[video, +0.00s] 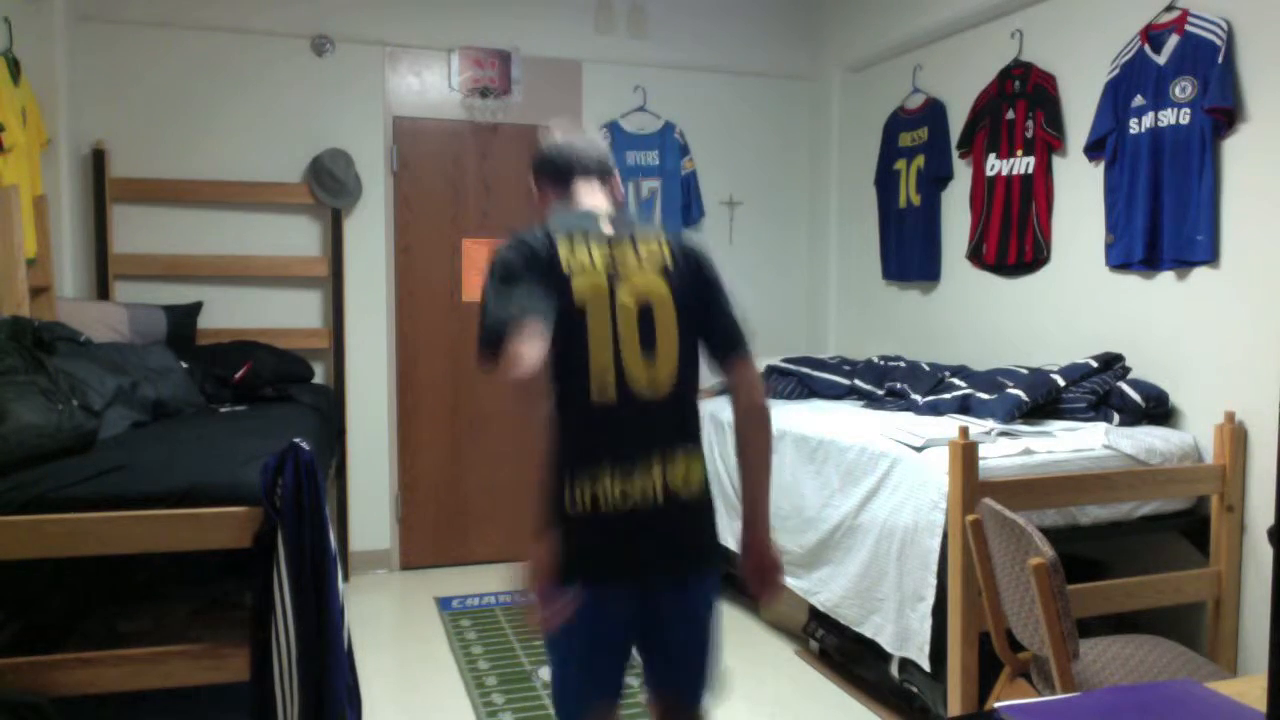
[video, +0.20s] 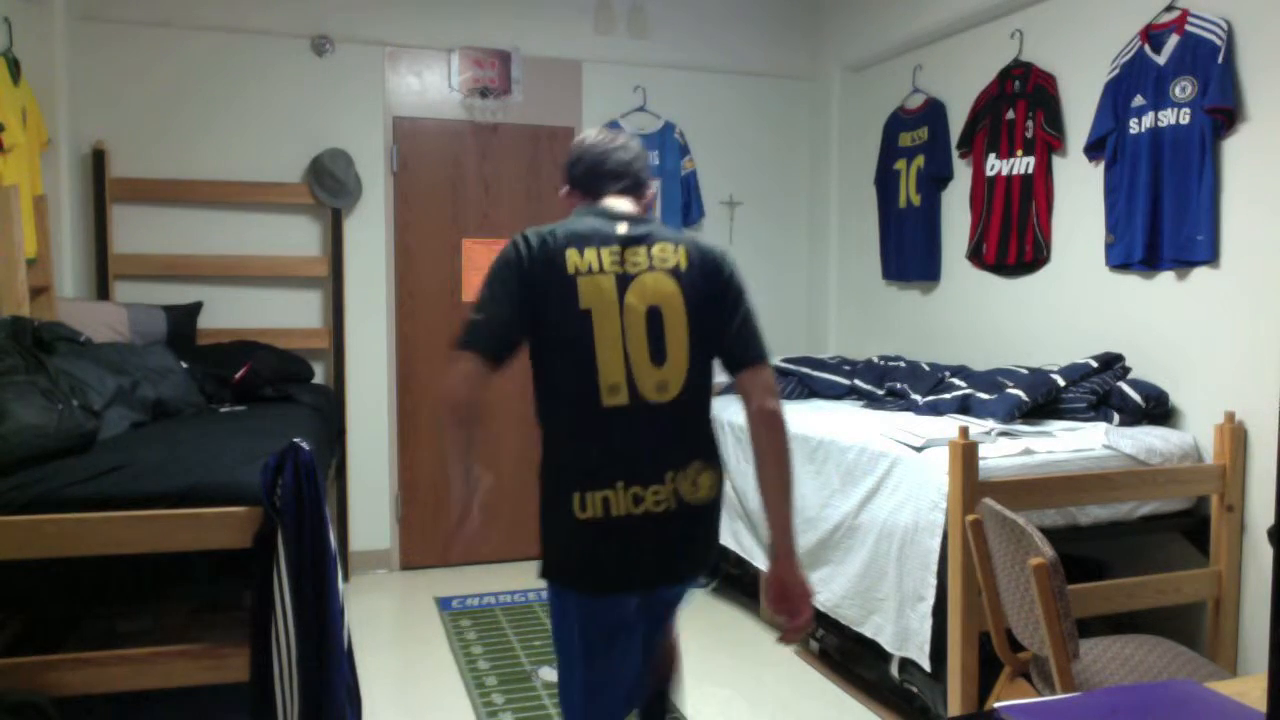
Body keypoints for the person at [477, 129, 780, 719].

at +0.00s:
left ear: (542, 191)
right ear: (615, 187)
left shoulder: (529, 253)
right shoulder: (680, 254)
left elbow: (527, 367)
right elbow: (750, 395)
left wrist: (542, 531)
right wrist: (758, 531)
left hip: (587, 539)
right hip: (682, 533)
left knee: (588, 708)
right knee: (679, 706)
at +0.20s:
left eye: (559, 193)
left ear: (569, 195)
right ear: (651, 196)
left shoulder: (534, 252)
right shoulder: (704, 263)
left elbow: (460, 386)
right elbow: (765, 402)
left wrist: (465, 487)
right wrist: (784, 557)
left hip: (590, 535)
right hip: (685, 528)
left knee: (595, 704)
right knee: (656, 631)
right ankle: (656, 706)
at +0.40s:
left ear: (589, 186)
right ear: (668, 186)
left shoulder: (544, 252)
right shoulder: (722, 247)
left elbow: (467, 388)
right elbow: (779, 397)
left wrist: (558, 400)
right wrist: (792, 542)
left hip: (604, 522)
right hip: (705, 512)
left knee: (615, 704)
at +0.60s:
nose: (608, 157)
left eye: (608, 148)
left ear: (608, 159)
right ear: (690, 157)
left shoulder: (565, 249)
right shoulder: (746, 251)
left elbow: (501, 394)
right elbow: (796, 401)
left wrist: (564, 379)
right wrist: (781, 508)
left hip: (618, 524)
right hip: (718, 517)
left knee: (621, 701)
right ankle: (648, 699)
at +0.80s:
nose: (636, 140)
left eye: (638, 129)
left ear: (644, 141)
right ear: (722, 136)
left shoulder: (634, 248)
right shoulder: (776, 250)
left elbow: (579, 399)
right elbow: (801, 401)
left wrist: (560, 391)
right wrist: (752, 460)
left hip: (651, 535)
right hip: (743, 532)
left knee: (629, 707)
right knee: (726, 698)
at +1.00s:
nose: (676, 137)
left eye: (677, 125)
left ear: (684, 137)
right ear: (764, 138)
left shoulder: (688, 237)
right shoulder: (810, 247)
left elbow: (689, 406)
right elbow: (792, 388)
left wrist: (614, 396)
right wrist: (640, 394)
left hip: (698, 541)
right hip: (791, 540)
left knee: (633, 705)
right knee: (768, 711)